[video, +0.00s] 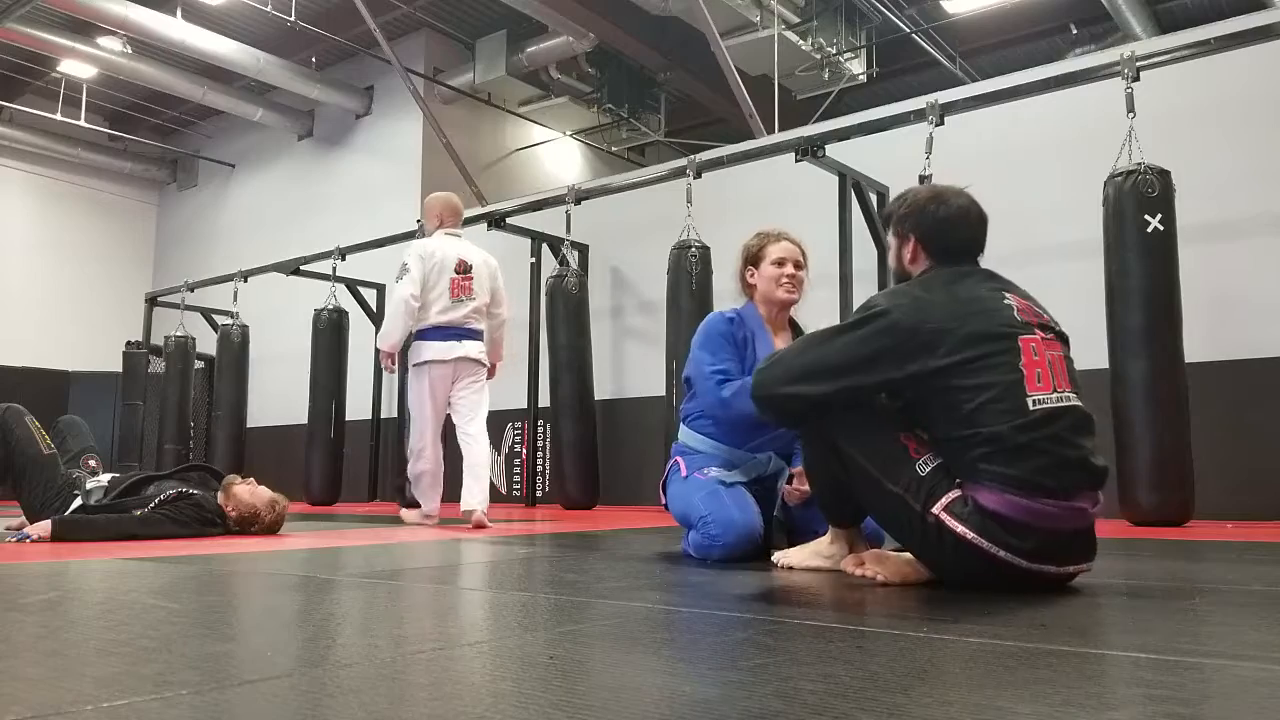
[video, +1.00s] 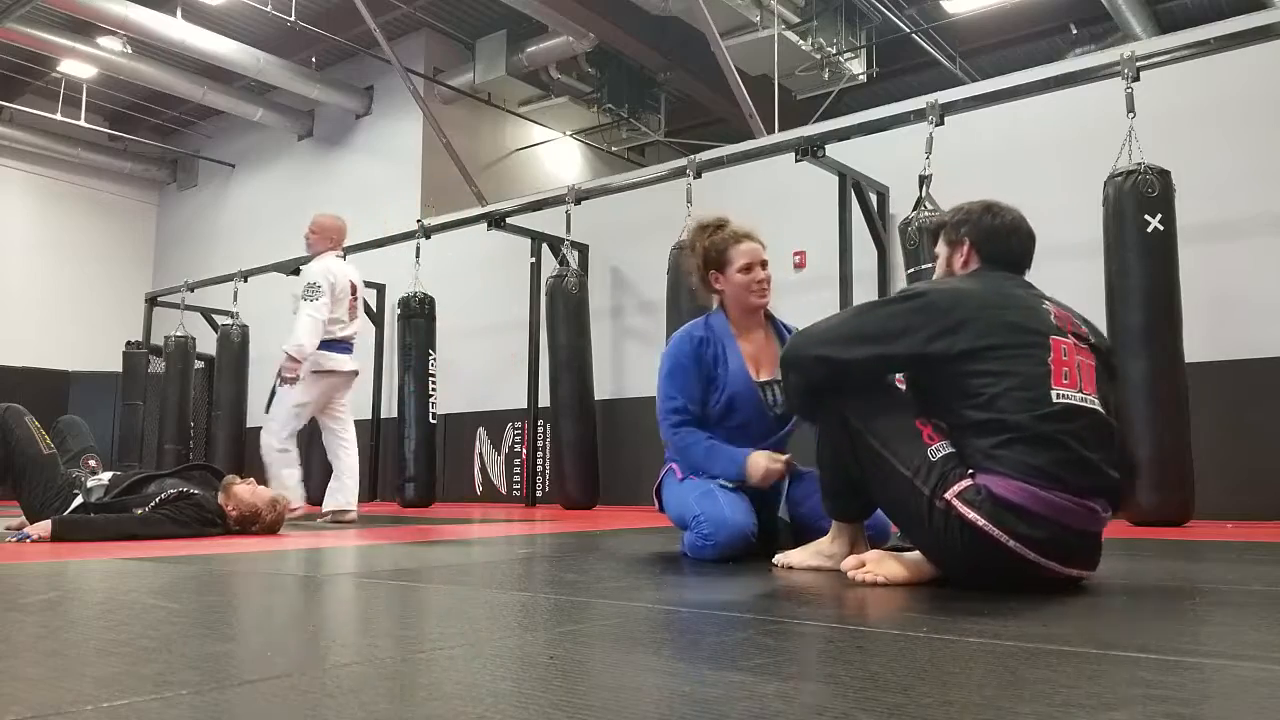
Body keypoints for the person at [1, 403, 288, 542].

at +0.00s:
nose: (248, 477)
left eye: (250, 488)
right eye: (256, 483)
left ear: (235, 510)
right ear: (236, 504)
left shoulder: (199, 513)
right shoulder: (214, 487)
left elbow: (130, 525)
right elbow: (150, 485)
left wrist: (56, 526)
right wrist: (112, 481)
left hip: (69, 500)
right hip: (99, 486)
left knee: (11, 415)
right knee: (69, 422)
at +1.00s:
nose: (248, 477)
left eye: (250, 488)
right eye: (257, 483)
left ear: (234, 510)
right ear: (235, 504)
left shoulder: (199, 513)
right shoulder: (218, 490)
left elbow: (130, 524)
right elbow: (158, 483)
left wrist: (55, 526)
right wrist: (115, 478)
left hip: (70, 500)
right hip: (103, 485)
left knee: (11, 414)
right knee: (69, 421)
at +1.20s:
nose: (247, 479)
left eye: (250, 489)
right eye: (255, 484)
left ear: (234, 510)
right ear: (236, 505)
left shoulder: (199, 513)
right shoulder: (216, 490)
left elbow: (130, 525)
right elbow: (155, 483)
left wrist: (56, 526)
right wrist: (114, 479)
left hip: (69, 501)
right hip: (101, 486)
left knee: (11, 414)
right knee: (70, 421)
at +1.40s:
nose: (248, 478)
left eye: (250, 489)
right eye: (256, 484)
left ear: (233, 509)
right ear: (237, 502)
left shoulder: (198, 513)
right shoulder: (218, 484)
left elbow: (129, 525)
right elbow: (159, 483)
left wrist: (56, 526)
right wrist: (117, 481)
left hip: (69, 500)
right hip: (102, 484)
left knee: (11, 414)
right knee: (70, 422)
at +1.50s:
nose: (251, 477)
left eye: (253, 488)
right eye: (259, 483)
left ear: (234, 508)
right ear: (237, 502)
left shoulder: (198, 514)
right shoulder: (216, 483)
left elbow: (129, 525)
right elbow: (155, 483)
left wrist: (57, 526)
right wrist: (115, 481)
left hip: (69, 500)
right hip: (102, 484)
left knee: (11, 414)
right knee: (70, 422)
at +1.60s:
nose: (250, 478)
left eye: (251, 488)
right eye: (258, 484)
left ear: (233, 510)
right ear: (237, 503)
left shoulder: (198, 514)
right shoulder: (216, 483)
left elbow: (129, 525)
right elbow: (153, 483)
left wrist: (57, 526)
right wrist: (113, 481)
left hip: (68, 500)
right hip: (101, 484)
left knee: (11, 414)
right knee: (70, 422)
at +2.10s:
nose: (244, 478)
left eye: (247, 489)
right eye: (252, 483)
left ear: (234, 511)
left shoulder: (198, 514)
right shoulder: (216, 484)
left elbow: (129, 525)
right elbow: (161, 479)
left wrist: (56, 526)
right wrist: (121, 477)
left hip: (69, 500)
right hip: (104, 481)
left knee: (10, 414)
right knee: (71, 422)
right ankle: (35, 504)